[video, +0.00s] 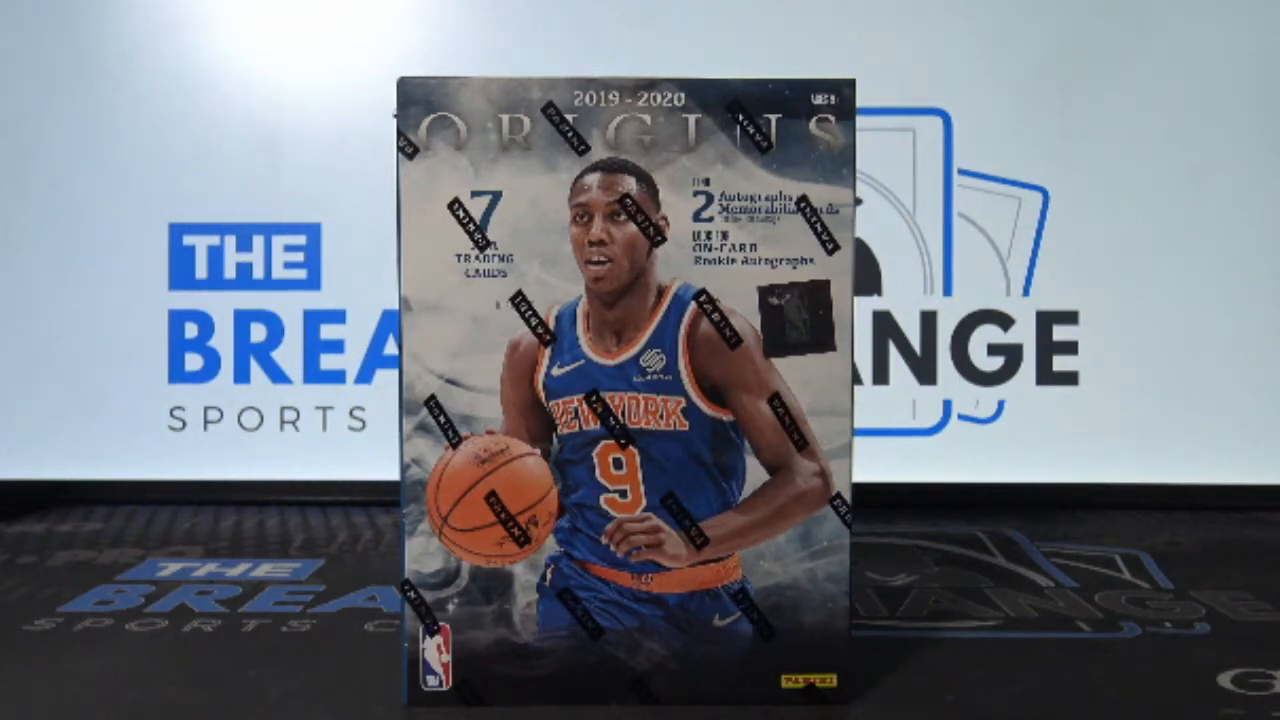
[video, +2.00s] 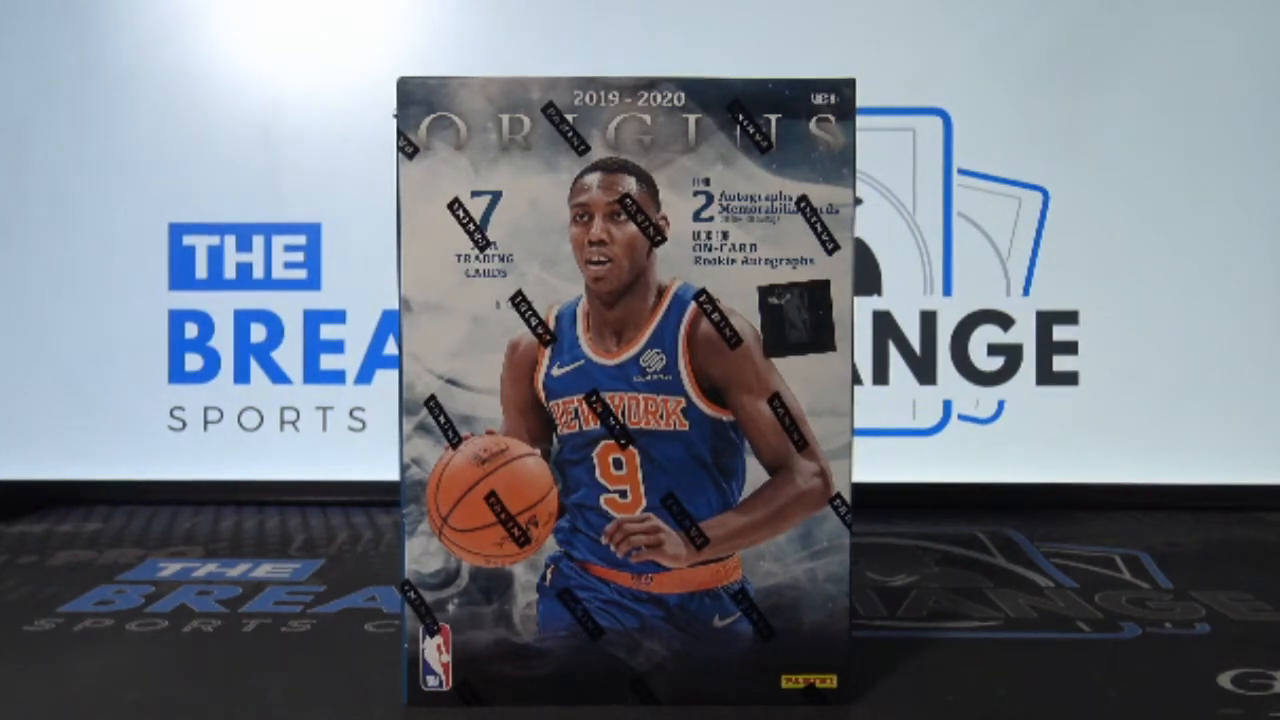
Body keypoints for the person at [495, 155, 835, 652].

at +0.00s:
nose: (595, 235)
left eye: (617, 216)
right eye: (581, 218)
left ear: (657, 230)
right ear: (569, 232)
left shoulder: (713, 334)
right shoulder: (534, 353)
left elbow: (809, 476)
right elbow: (526, 487)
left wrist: (695, 542)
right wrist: (474, 474)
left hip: (698, 611)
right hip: (584, 604)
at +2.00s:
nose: (595, 234)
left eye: (618, 216)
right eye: (582, 218)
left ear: (658, 229)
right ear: (569, 232)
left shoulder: (712, 334)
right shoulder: (534, 353)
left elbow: (809, 476)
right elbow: (526, 487)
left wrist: (695, 543)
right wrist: (480, 469)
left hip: (697, 613)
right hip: (582, 607)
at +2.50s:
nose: (595, 235)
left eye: (617, 216)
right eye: (582, 218)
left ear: (657, 229)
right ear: (569, 232)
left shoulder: (711, 334)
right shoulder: (534, 354)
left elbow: (809, 477)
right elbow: (527, 489)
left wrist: (696, 541)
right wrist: (485, 468)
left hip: (699, 614)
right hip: (584, 608)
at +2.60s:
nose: (595, 235)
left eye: (617, 216)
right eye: (582, 218)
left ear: (657, 230)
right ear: (569, 232)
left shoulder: (711, 334)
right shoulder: (535, 352)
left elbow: (809, 477)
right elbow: (529, 488)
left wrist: (696, 542)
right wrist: (486, 466)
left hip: (698, 613)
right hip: (582, 607)